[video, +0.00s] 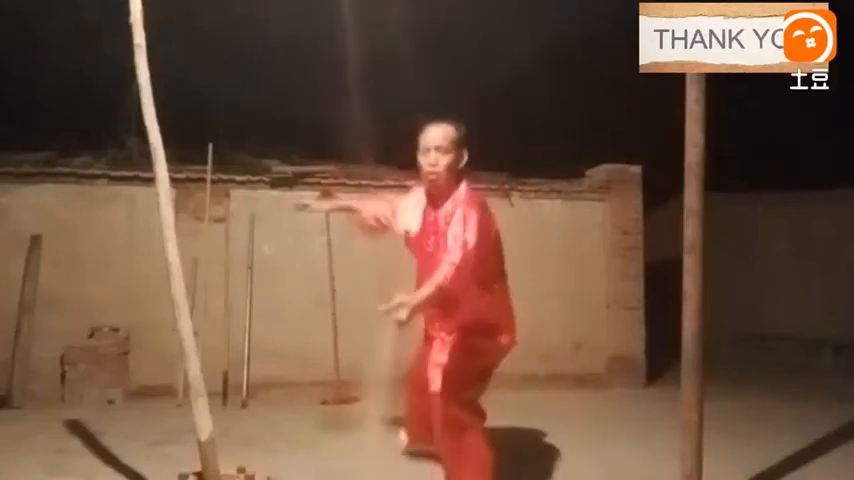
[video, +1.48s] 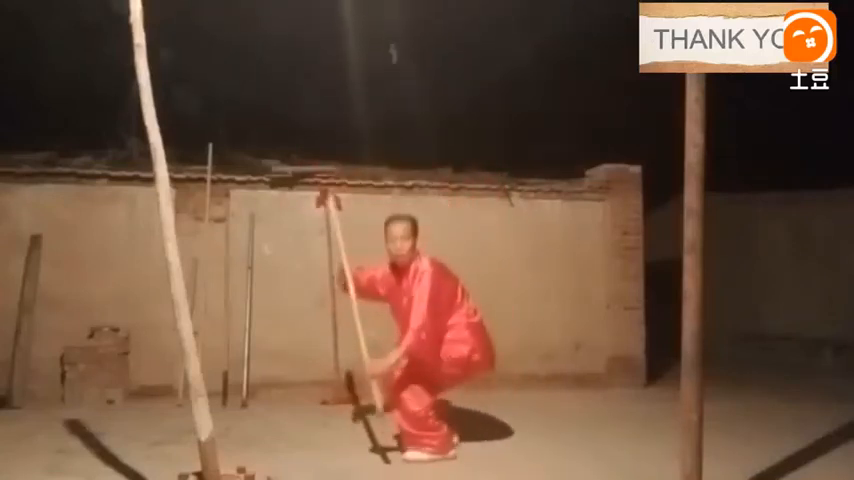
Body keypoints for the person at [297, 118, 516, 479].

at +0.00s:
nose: (431, 160)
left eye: (440, 152)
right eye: (425, 151)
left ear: (460, 157)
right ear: (418, 157)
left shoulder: (468, 205)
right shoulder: (416, 202)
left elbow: (456, 262)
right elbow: (379, 212)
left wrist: (416, 299)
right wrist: (340, 204)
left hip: (480, 326)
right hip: (443, 324)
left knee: (449, 398)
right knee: (420, 384)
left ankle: (472, 472)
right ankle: (425, 442)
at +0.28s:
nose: (418, 175)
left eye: (427, 167)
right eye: (414, 167)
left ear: (446, 173)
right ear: (409, 173)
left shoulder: (450, 209)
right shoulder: (422, 212)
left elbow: (439, 240)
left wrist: (390, 196)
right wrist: (426, 339)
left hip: (472, 321)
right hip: (444, 319)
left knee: (445, 382)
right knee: (416, 370)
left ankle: (466, 470)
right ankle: (432, 447)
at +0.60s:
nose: (416, 199)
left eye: (422, 191)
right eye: (411, 191)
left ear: (433, 195)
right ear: (403, 194)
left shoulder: (439, 230)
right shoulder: (411, 228)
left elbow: (423, 279)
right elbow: (371, 227)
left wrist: (386, 258)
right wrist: (343, 205)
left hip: (462, 332)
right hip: (439, 327)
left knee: (406, 369)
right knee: (401, 365)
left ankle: (439, 443)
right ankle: (420, 435)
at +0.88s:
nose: (402, 264)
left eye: (408, 258)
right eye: (396, 259)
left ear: (418, 260)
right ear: (389, 261)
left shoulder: (430, 293)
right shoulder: (393, 295)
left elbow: (425, 349)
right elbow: (358, 302)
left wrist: (388, 385)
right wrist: (345, 295)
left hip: (460, 369)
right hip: (432, 365)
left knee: (406, 385)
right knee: (393, 387)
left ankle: (433, 443)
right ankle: (415, 436)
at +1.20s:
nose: (398, 273)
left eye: (404, 266)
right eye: (392, 267)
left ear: (415, 269)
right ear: (385, 271)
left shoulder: (427, 300)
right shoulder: (389, 305)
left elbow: (423, 358)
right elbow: (360, 310)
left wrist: (387, 392)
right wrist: (345, 307)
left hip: (461, 376)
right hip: (431, 373)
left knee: (404, 387)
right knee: (390, 387)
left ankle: (434, 443)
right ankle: (416, 440)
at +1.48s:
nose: (398, 247)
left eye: (404, 239)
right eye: (392, 240)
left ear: (415, 241)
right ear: (386, 244)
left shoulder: (427, 272)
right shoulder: (392, 276)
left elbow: (421, 327)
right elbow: (360, 282)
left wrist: (388, 362)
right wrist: (345, 278)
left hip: (463, 348)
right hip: (437, 346)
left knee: (407, 384)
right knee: (397, 376)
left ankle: (436, 442)